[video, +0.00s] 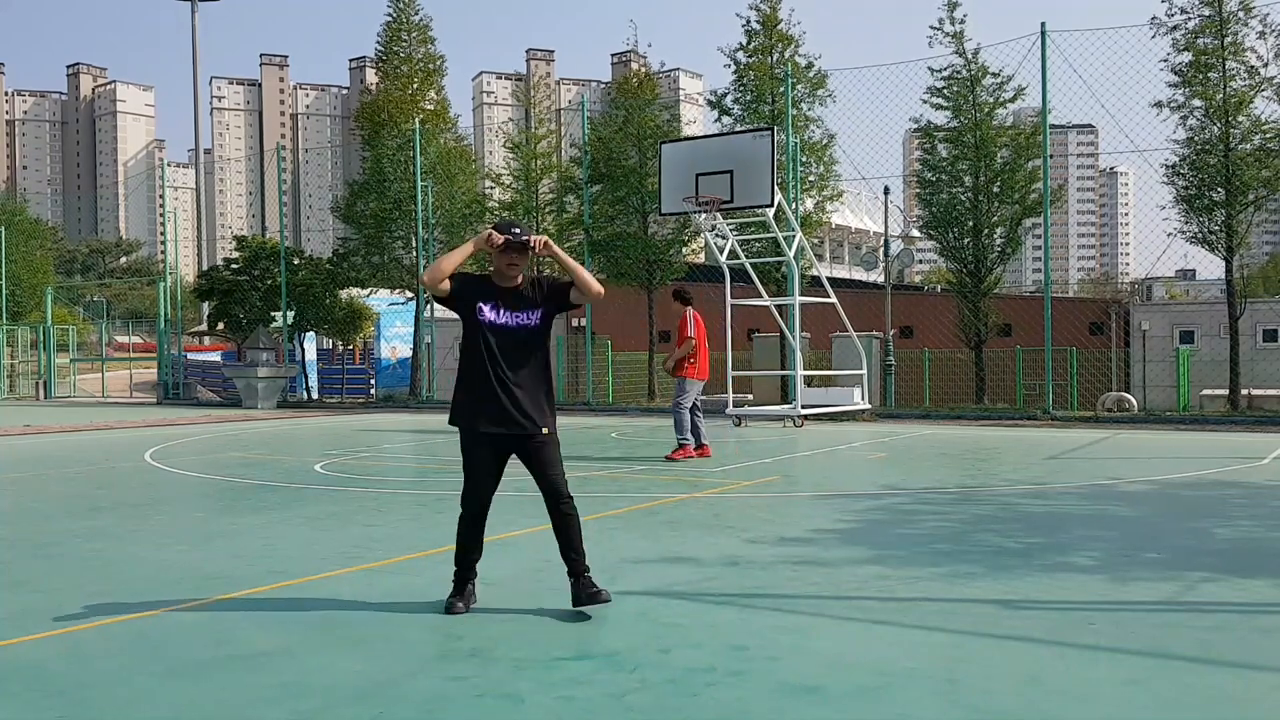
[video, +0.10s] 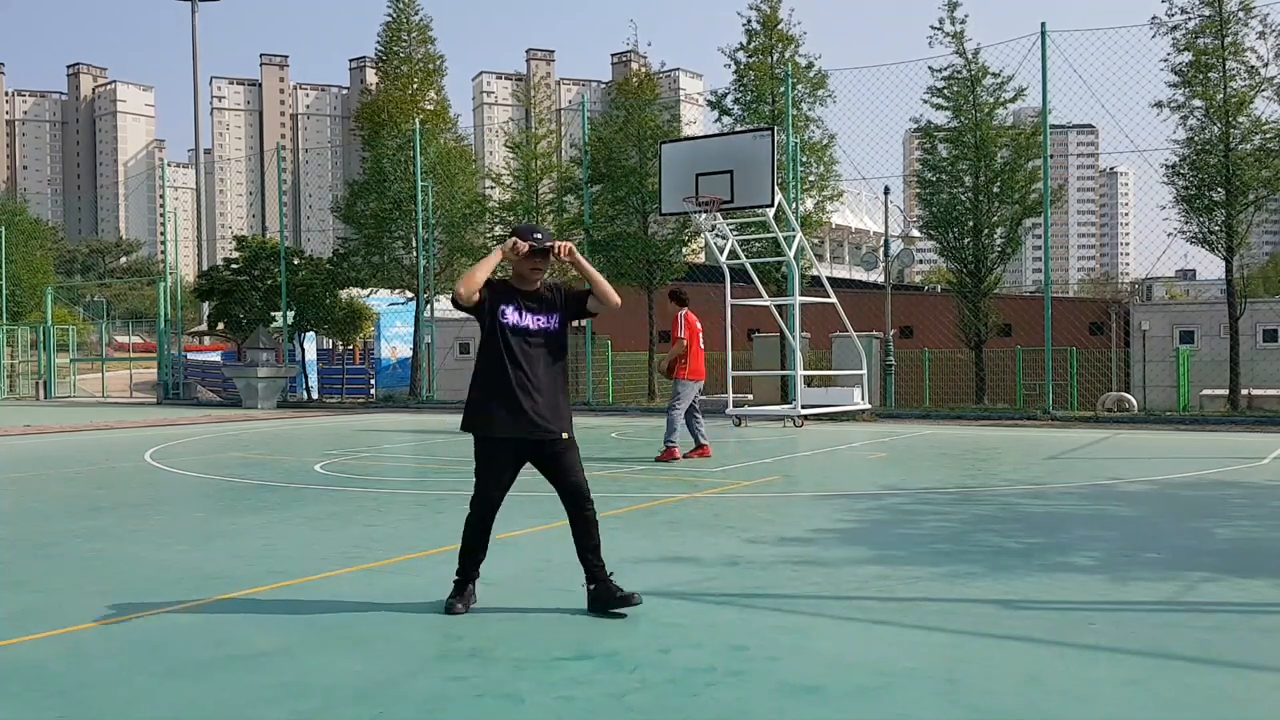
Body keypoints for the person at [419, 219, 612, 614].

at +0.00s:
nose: (513, 263)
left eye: (520, 256)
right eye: (506, 256)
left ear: (530, 259)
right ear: (491, 258)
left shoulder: (544, 292)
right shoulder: (472, 289)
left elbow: (595, 292)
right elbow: (431, 279)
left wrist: (553, 250)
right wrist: (476, 242)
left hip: (534, 418)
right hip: (482, 419)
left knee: (560, 496)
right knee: (474, 505)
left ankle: (581, 579)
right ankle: (463, 586)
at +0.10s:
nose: (538, 266)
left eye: (544, 259)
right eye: (531, 259)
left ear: (551, 263)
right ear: (513, 260)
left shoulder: (560, 296)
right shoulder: (492, 292)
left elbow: (611, 302)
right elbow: (463, 293)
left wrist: (577, 260)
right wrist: (501, 253)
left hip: (552, 425)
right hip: (498, 425)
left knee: (580, 501)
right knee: (483, 508)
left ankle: (599, 585)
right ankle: (464, 585)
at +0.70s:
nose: (582, 239)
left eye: (590, 233)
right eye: (575, 233)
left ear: (605, 243)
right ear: (564, 243)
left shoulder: (629, 285)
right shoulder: (549, 297)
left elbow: (652, 348)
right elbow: (544, 367)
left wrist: (601, 383)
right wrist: (564, 413)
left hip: (627, 416)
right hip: (579, 418)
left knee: (623, 505)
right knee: (592, 501)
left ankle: (617, 589)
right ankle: (593, 604)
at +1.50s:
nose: (646, 235)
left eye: (654, 231)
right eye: (637, 225)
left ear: (658, 244)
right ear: (612, 229)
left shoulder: (665, 294)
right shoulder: (575, 284)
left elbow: (680, 364)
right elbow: (593, 347)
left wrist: (633, 408)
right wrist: (636, 394)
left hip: (646, 431)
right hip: (585, 429)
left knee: (656, 530)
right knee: (578, 536)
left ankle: (669, 642)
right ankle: (605, 582)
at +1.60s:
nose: (618, 244)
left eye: (629, 236)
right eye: (610, 234)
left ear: (646, 242)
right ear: (599, 236)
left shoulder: (665, 294)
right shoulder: (574, 288)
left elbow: (666, 363)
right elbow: (578, 351)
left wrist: (616, 415)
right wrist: (604, 394)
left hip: (642, 431)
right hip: (579, 429)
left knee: (652, 539)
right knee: (547, 519)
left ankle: (669, 644)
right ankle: (599, 579)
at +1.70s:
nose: (596, 241)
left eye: (605, 233)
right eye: (589, 233)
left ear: (629, 232)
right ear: (582, 235)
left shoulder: (652, 284)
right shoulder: (569, 285)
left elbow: (639, 353)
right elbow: (559, 344)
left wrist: (594, 419)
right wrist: (572, 383)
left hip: (630, 420)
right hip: (574, 418)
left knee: (643, 534)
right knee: (522, 507)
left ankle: (669, 643)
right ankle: (569, 602)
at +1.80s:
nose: (576, 236)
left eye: (585, 226)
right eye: (569, 227)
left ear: (610, 224)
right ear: (563, 230)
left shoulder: (635, 275)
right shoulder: (561, 284)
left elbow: (620, 350)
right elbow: (542, 344)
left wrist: (574, 420)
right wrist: (544, 379)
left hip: (612, 424)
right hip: (559, 422)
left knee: (635, 534)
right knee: (509, 520)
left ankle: (675, 642)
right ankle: (514, 641)